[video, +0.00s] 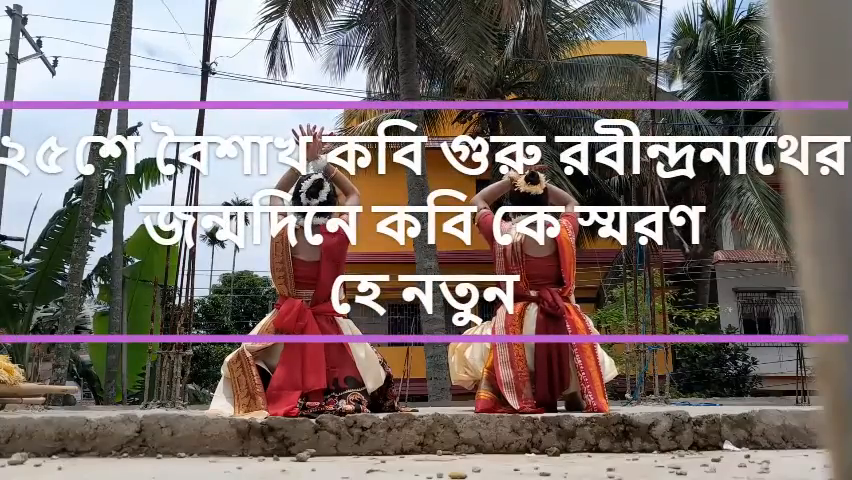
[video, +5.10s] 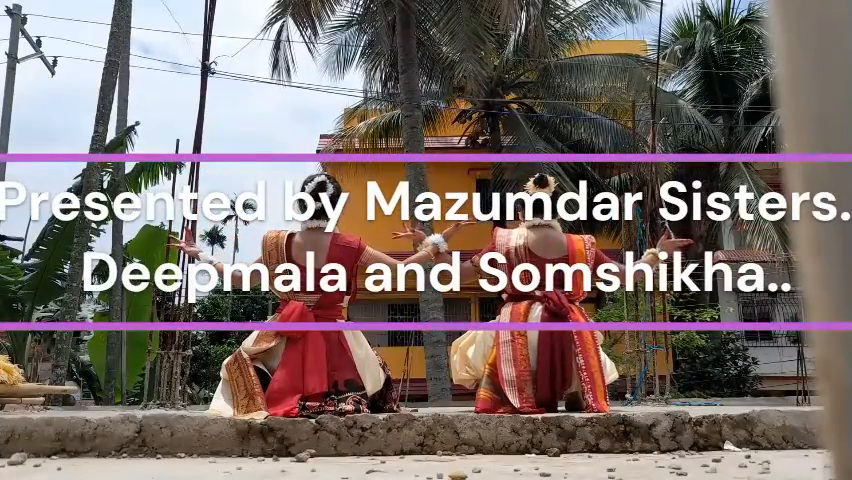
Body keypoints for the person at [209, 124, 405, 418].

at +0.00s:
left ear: (295, 203)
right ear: (330, 203)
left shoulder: (284, 234)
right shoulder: (337, 236)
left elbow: (277, 196)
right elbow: (351, 195)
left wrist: (303, 162)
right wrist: (323, 164)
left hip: (288, 328)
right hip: (330, 329)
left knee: (240, 363)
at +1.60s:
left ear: (292, 201)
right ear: (330, 202)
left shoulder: (279, 231)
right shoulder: (338, 232)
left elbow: (269, 192)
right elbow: (368, 188)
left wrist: (281, 157)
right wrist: (353, 157)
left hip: (287, 331)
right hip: (330, 329)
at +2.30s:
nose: (337, 204)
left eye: (333, 198)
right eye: (335, 199)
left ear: (295, 203)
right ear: (331, 204)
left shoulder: (278, 234)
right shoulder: (341, 235)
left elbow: (260, 204)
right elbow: (386, 206)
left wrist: (267, 161)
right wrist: (387, 171)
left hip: (288, 333)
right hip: (333, 333)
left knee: (239, 367)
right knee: (379, 388)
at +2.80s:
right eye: (332, 196)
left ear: (298, 202)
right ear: (332, 203)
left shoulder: (276, 236)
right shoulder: (346, 238)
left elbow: (247, 214)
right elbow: (400, 233)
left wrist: (233, 181)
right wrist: (420, 201)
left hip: (287, 339)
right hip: (333, 339)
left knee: (242, 365)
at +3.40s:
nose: (340, 207)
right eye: (338, 201)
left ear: (301, 203)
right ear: (336, 206)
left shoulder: (277, 238)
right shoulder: (348, 242)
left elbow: (238, 238)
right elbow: (404, 248)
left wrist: (225, 210)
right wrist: (430, 223)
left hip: (286, 336)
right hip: (334, 338)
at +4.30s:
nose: (337, 208)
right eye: (337, 203)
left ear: (299, 204)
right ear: (335, 206)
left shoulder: (276, 242)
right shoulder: (348, 245)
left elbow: (240, 274)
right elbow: (400, 268)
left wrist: (206, 249)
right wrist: (430, 248)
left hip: (287, 350)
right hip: (336, 350)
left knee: (240, 363)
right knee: (377, 386)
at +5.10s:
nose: (337, 207)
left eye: (318, 201)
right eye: (337, 201)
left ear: (300, 204)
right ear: (337, 207)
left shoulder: (276, 245)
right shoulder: (349, 248)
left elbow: (246, 280)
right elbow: (402, 267)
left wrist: (200, 256)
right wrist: (431, 247)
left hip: (289, 350)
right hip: (336, 349)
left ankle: (289, 392)